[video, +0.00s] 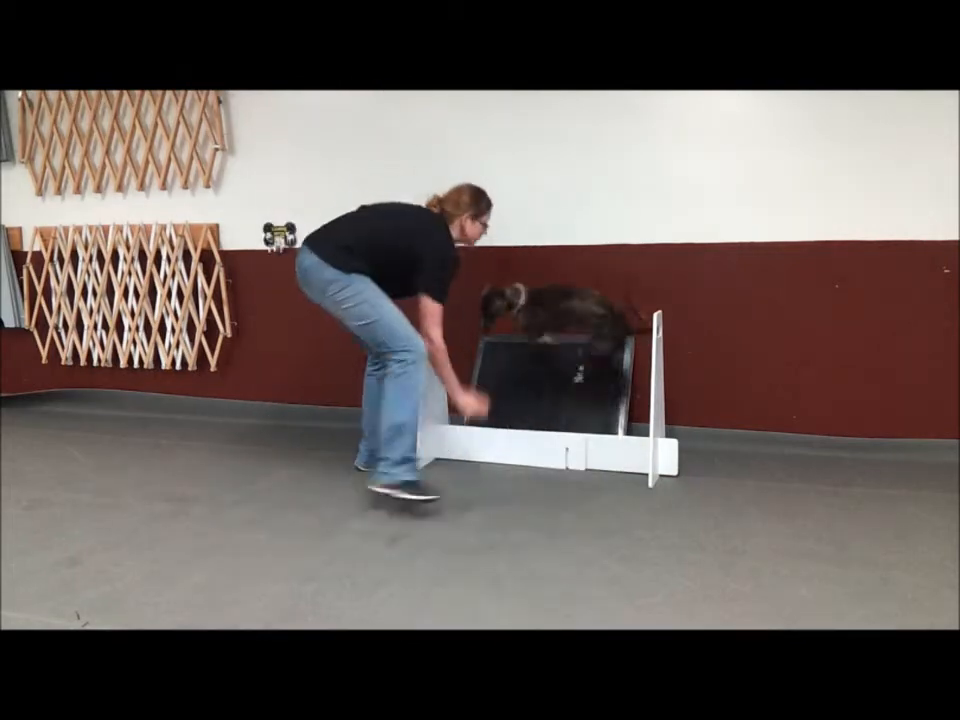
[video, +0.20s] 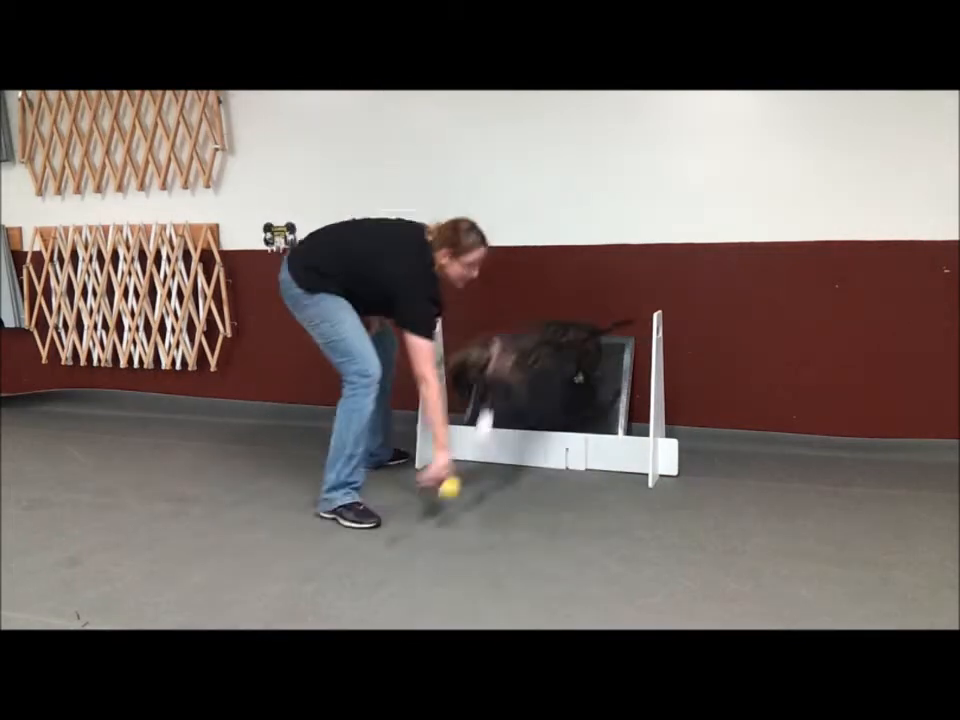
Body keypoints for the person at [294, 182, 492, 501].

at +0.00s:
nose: (483, 233)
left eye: (485, 226)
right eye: (482, 224)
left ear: (453, 212)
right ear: (465, 219)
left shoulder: (422, 224)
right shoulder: (438, 247)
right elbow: (431, 336)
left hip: (317, 262)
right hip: (334, 269)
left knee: (383, 356)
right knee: (407, 352)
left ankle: (373, 455)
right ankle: (394, 474)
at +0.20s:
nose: (474, 275)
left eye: (478, 267)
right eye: (470, 266)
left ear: (446, 253)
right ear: (445, 257)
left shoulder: (423, 240)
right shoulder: (417, 285)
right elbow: (426, 378)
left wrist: (374, 306)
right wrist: (441, 453)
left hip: (336, 271)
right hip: (308, 282)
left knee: (383, 347)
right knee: (364, 374)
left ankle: (375, 450)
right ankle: (338, 497)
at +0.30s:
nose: (446, 284)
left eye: (452, 276)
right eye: (438, 275)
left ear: (460, 267)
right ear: (414, 263)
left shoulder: (422, 242)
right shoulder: (386, 283)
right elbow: (388, 371)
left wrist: (364, 309)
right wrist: (393, 455)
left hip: (343, 273)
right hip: (301, 276)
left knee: (366, 370)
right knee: (340, 373)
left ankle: (365, 463)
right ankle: (336, 496)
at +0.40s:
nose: (409, 272)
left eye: (414, 263)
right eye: (398, 263)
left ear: (421, 252)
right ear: (373, 250)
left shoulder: (399, 239)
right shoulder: (345, 269)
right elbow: (337, 367)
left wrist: (369, 303)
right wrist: (326, 449)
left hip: (356, 280)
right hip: (300, 275)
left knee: (363, 365)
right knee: (326, 378)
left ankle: (368, 447)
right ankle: (333, 495)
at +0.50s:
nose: (358, 247)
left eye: (365, 238)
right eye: (348, 237)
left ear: (380, 230)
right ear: (328, 227)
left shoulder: (398, 220)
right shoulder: (304, 248)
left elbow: (387, 253)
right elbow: (288, 343)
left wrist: (375, 289)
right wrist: (260, 431)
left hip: (364, 287)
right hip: (318, 292)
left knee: (362, 364)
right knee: (330, 387)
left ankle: (363, 440)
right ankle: (334, 496)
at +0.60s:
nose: (314, 208)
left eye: (322, 197)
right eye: (304, 199)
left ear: (343, 186)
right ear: (292, 194)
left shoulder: (376, 195)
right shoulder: (283, 226)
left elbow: (392, 234)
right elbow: (249, 317)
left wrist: (377, 289)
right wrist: (213, 400)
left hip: (368, 277)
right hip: (311, 282)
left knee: (362, 368)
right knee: (328, 381)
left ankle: (339, 433)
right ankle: (333, 495)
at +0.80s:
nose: (270, 128)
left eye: (280, 116)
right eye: (260, 118)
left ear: (306, 115)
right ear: (251, 123)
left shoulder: (344, 142)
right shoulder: (242, 178)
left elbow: (387, 209)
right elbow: (220, 260)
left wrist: (379, 282)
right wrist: (190, 339)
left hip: (367, 262)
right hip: (302, 268)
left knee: (373, 372)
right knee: (323, 380)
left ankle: (338, 418)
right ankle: (334, 497)